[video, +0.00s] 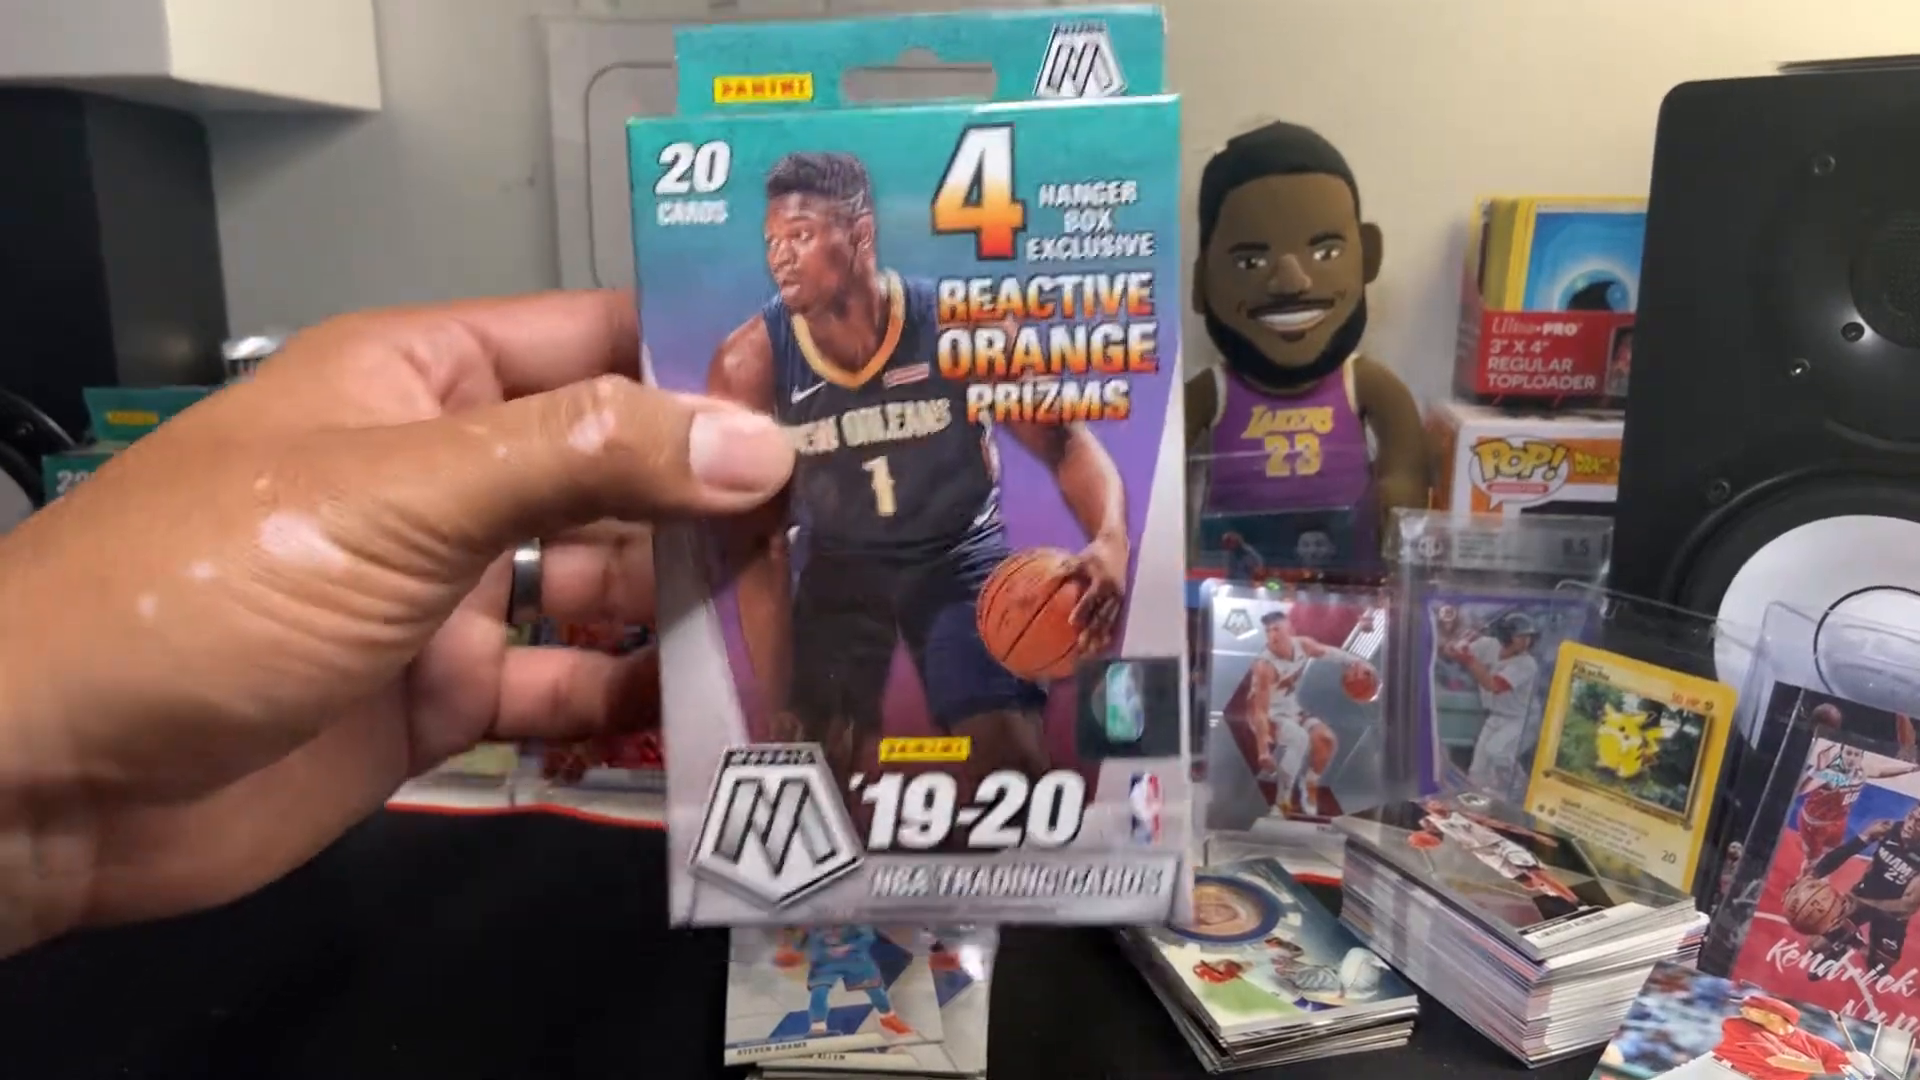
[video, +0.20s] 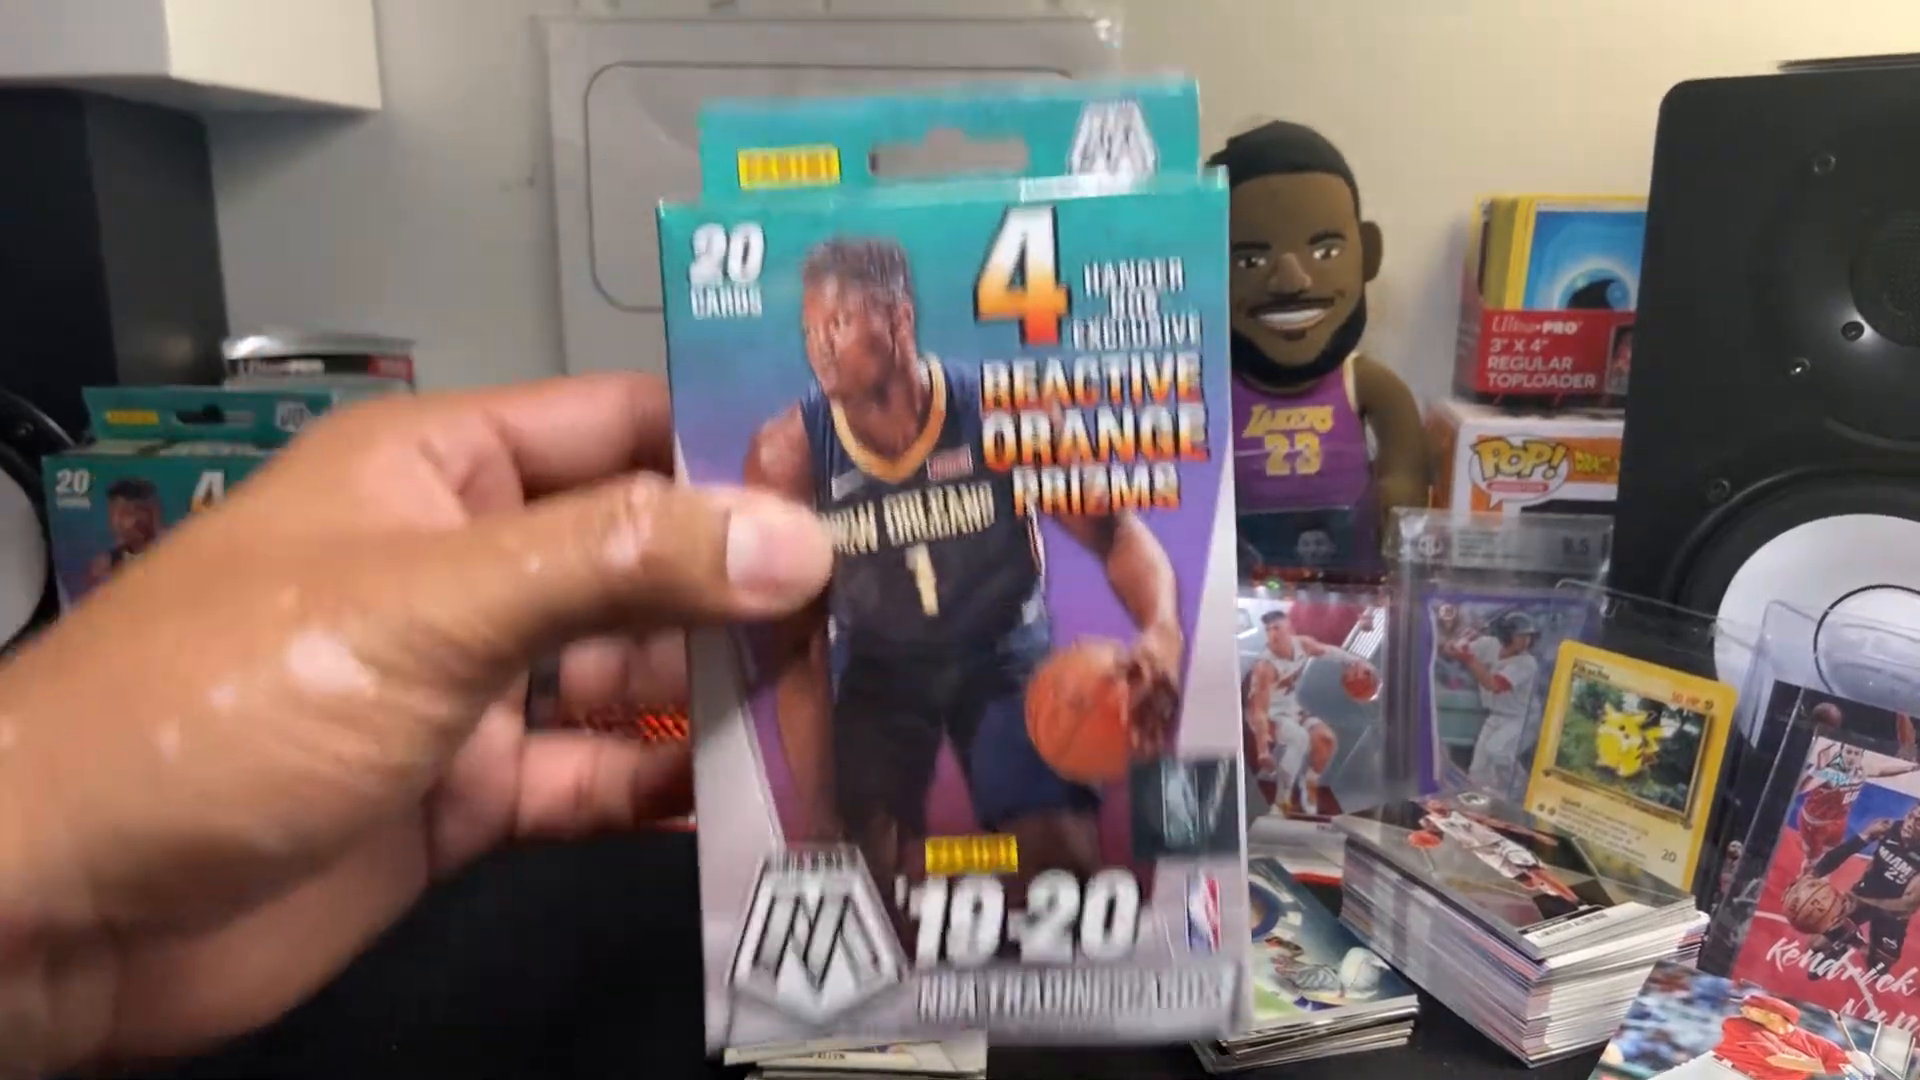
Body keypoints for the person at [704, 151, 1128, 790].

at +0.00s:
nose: (780, 258)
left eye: (800, 237)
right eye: (772, 242)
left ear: (862, 235)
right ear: (764, 248)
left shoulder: (957, 327)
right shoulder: (751, 361)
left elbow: (1063, 443)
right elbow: (756, 542)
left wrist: (1112, 539)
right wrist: (775, 708)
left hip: (960, 557)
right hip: (840, 568)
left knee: (1002, 750)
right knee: (825, 765)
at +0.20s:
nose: (821, 346)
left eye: (839, 322)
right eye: (811, 328)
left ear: (898, 322)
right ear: (803, 335)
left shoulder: (998, 413)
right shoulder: (788, 451)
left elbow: (1113, 532)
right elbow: (795, 642)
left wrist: (1163, 629)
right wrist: (815, 815)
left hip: (1004, 661)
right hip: (882, 671)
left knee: (1059, 851)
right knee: (867, 860)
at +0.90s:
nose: (820, 222)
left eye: (839, 197)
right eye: (809, 203)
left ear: (903, 192)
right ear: (801, 210)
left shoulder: (1008, 286)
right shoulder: (789, 335)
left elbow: (1130, 405)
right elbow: (808, 539)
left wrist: (1185, 504)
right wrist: (828, 717)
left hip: (1023, 541)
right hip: (896, 558)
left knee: (1085, 740)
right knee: (879, 766)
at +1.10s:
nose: (822, 315)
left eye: (842, 290)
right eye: (812, 297)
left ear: (908, 287)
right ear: (805, 306)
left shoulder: (1010, 384)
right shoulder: (787, 427)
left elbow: (1127, 506)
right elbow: (800, 631)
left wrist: (1178, 605)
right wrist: (816, 817)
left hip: (1018, 640)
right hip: (888, 653)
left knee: (1071, 846)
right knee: (866, 861)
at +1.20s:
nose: (812, 289)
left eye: (833, 264)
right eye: (802, 269)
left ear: (901, 263)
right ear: (792, 276)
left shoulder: (1003, 358)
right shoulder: (776, 404)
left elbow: (1123, 482)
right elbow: (790, 610)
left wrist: (1177, 585)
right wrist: (809, 800)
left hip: (1012, 618)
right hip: (880, 633)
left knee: (1067, 829)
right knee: (855, 848)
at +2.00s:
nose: (794, 309)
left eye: (815, 286)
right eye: (785, 291)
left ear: (879, 286)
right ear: (777, 299)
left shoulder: (982, 379)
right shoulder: (759, 423)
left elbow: (1093, 499)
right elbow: (771, 621)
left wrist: (1147, 600)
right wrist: (788, 798)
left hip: (989, 629)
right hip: (856, 643)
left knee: (1040, 840)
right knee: (829, 859)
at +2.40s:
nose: (724, 368)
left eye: (743, 348)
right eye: (716, 352)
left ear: (801, 347)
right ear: (709, 360)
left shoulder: (890, 431)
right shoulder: (692, 467)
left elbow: (995, 541)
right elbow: (700, 648)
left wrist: (1040, 630)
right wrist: (714, 817)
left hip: (898, 657)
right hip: (777, 668)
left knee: (939, 844)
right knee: (754, 852)